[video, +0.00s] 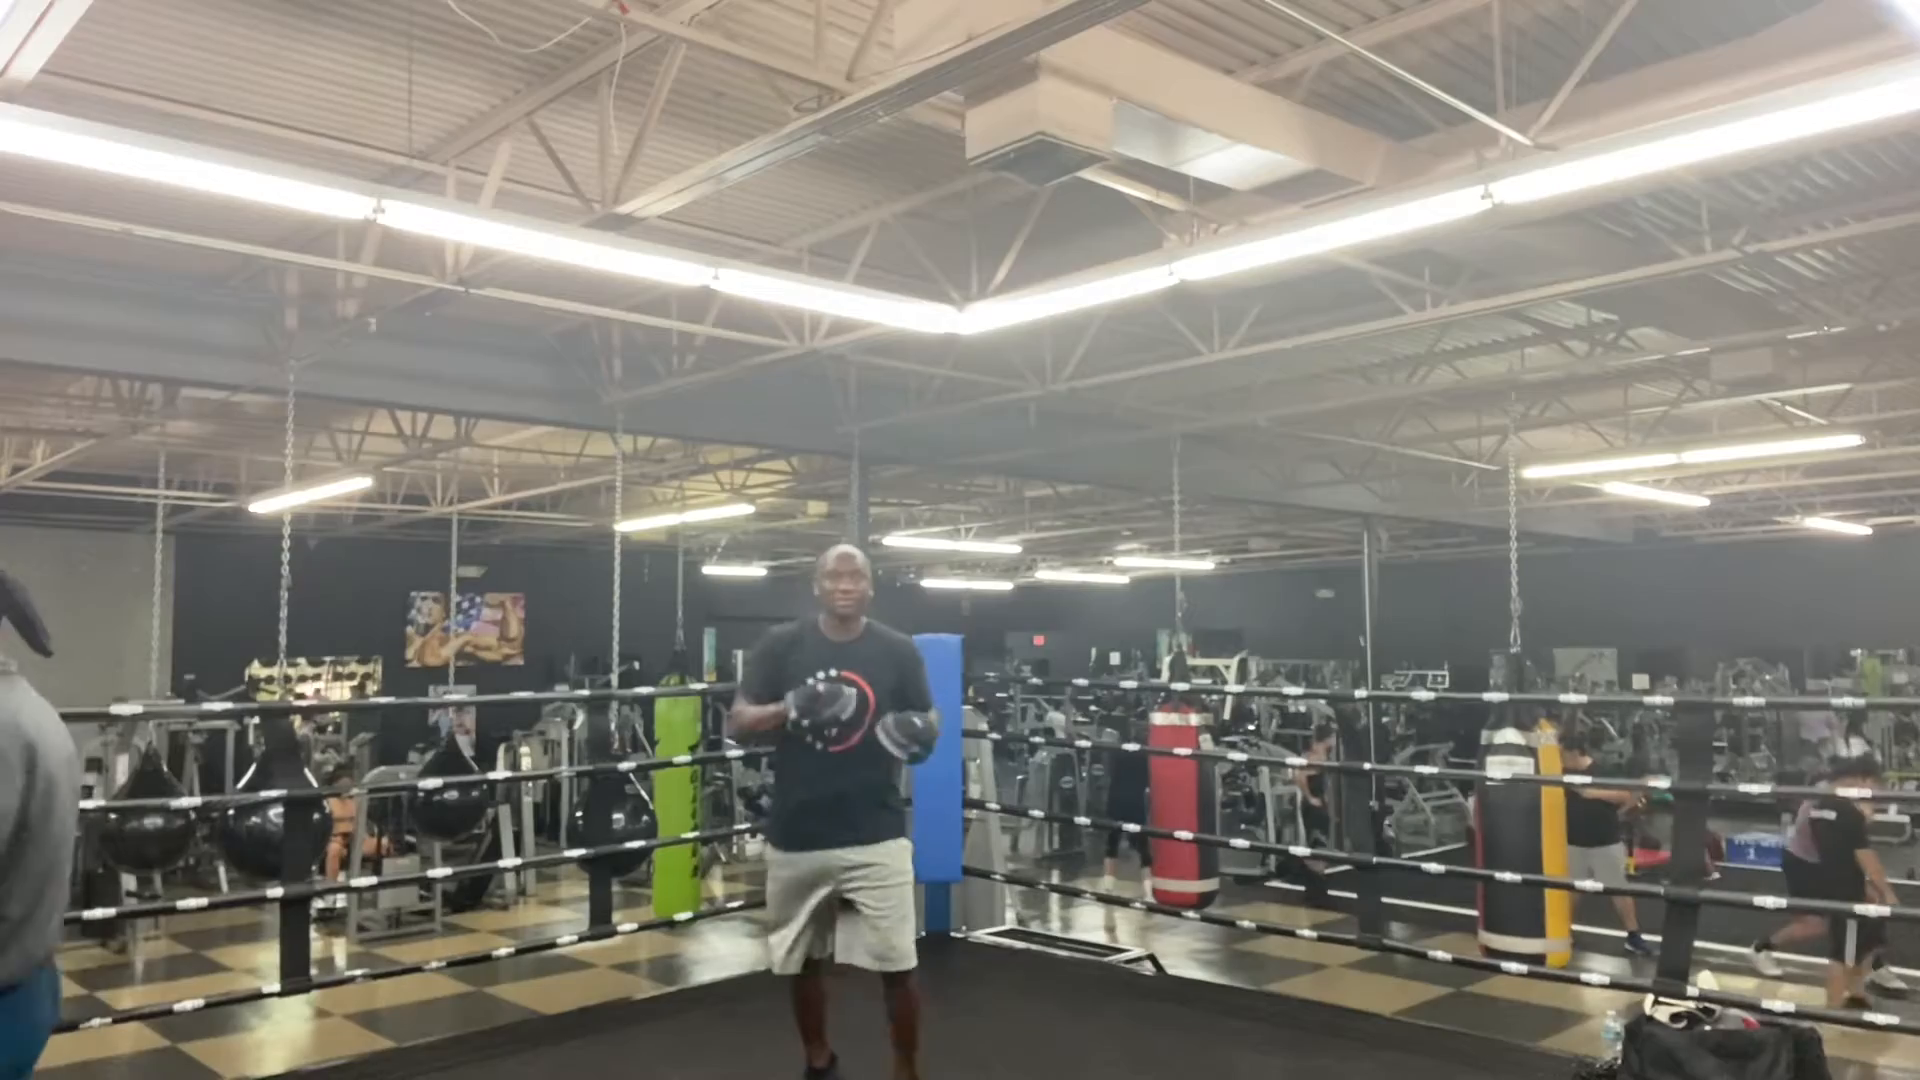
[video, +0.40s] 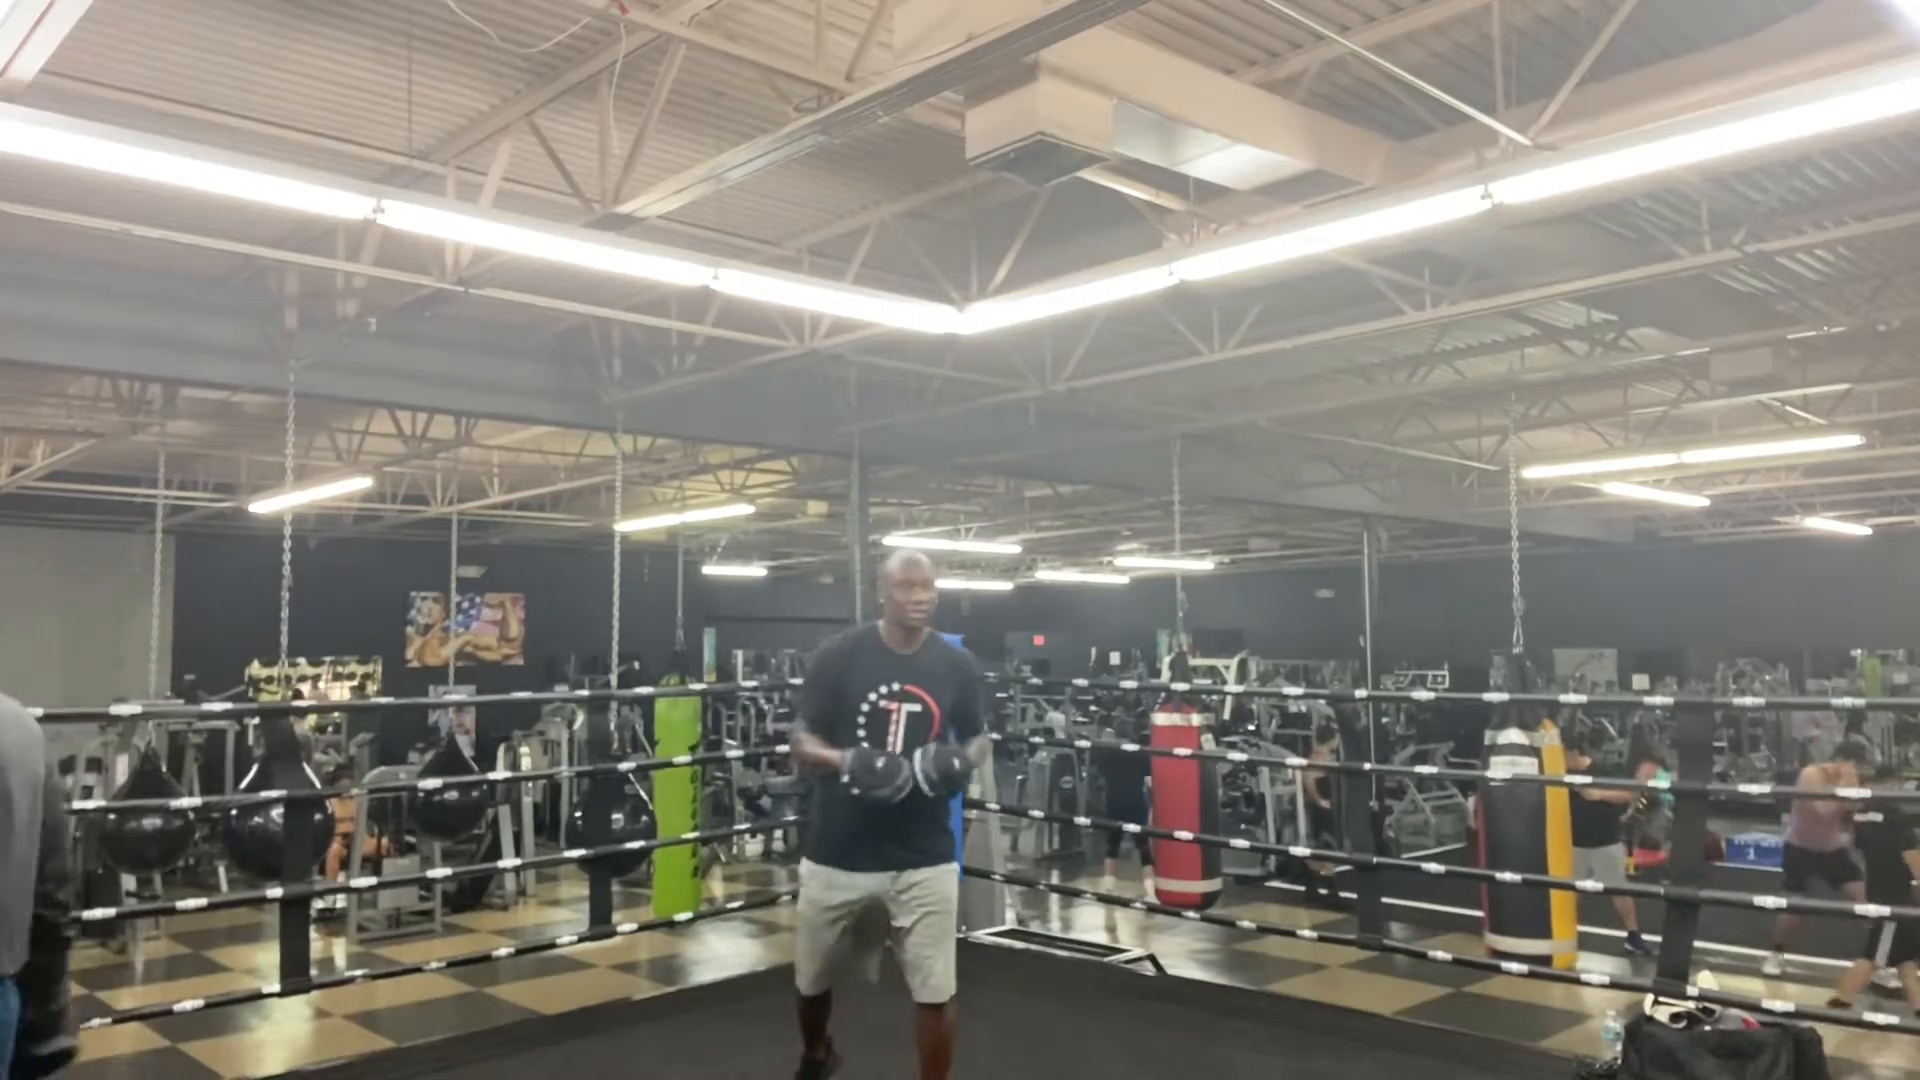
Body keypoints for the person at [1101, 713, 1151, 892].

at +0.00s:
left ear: (1123, 737)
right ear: (1141, 738)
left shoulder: (1116, 753)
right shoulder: (1144, 755)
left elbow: (1110, 774)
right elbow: (1149, 782)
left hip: (1116, 801)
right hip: (1136, 802)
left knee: (1112, 839)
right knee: (1141, 843)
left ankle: (1108, 881)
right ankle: (1148, 889)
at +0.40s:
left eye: (1120, 731)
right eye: (1128, 731)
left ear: (1116, 733)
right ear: (1133, 733)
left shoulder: (1109, 753)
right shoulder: (1143, 753)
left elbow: (1099, 773)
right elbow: (1149, 778)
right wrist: (1152, 802)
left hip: (1114, 801)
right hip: (1137, 801)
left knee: (1112, 842)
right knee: (1143, 845)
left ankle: (1108, 887)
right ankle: (1150, 893)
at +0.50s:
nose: (1121, 731)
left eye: (1118, 728)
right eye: (1123, 728)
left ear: (1110, 729)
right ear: (1127, 730)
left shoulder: (1101, 747)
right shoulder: (1135, 748)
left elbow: (1096, 773)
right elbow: (1144, 769)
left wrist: (1111, 774)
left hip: (1113, 798)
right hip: (1134, 797)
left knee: (1113, 840)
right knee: (1143, 842)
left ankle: (1108, 885)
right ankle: (1150, 891)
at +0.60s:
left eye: (1112, 728)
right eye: (1119, 727)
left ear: (1106, 729)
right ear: (1124, 729)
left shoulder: (1099, 747)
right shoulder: (1135, 747)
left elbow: (1093, 776)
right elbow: (1141, 771)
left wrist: (1108, 778)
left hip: (1111, 798)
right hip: (1133, 797)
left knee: (1112, 841)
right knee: (1142, 843)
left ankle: (1108, 886)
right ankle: (1149, 891)